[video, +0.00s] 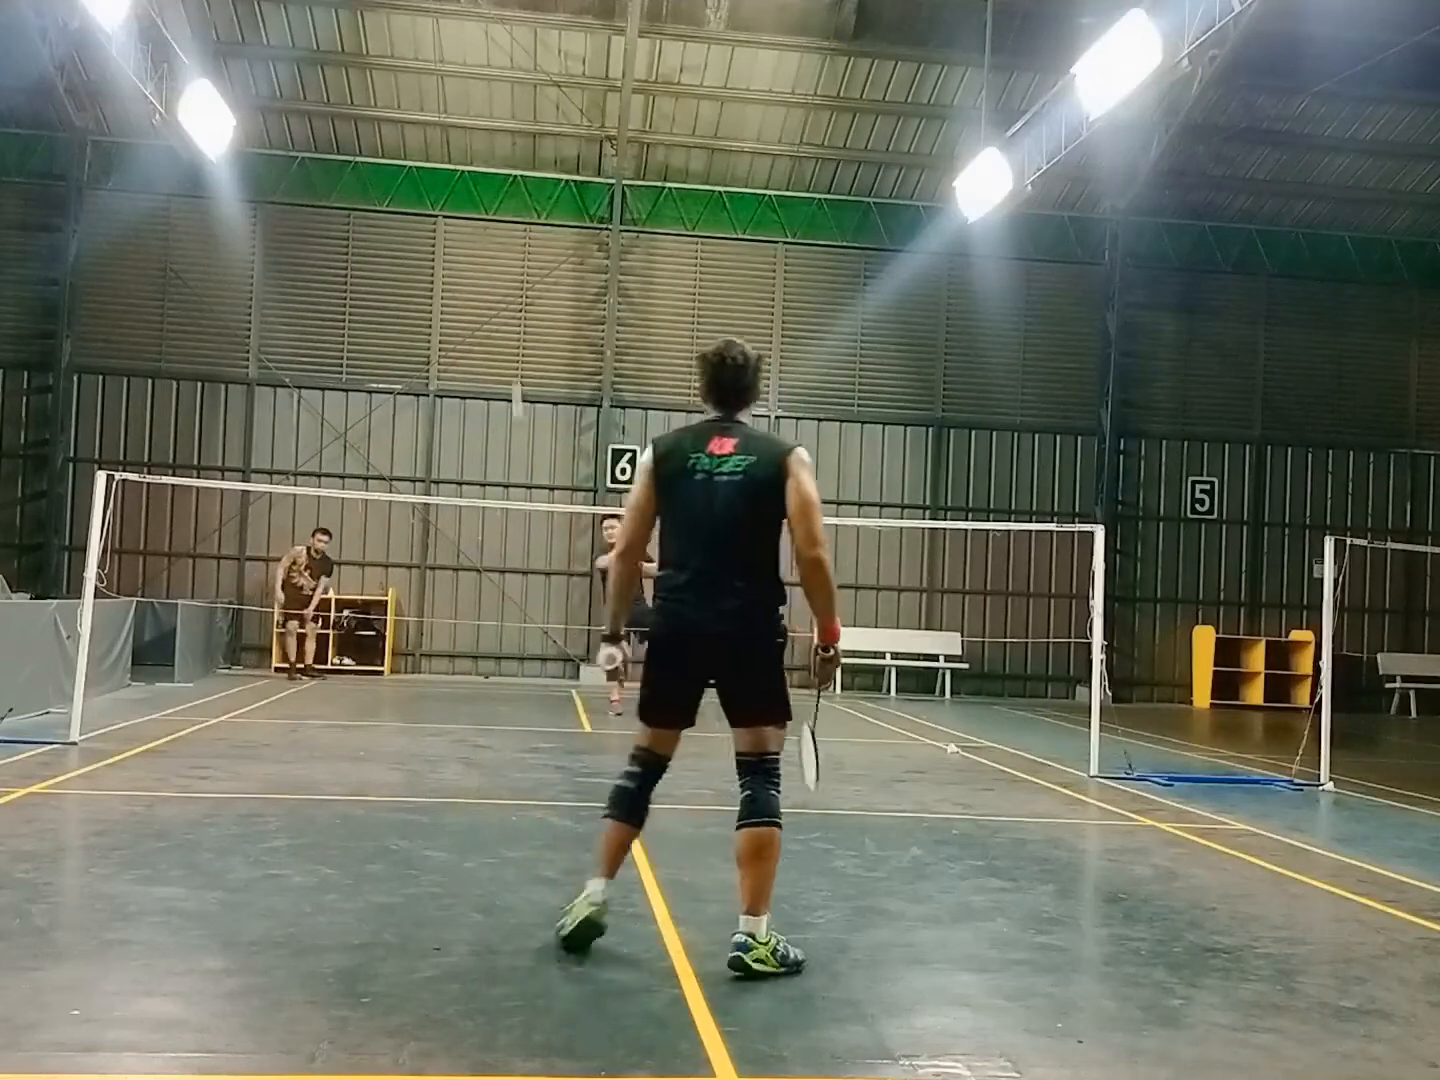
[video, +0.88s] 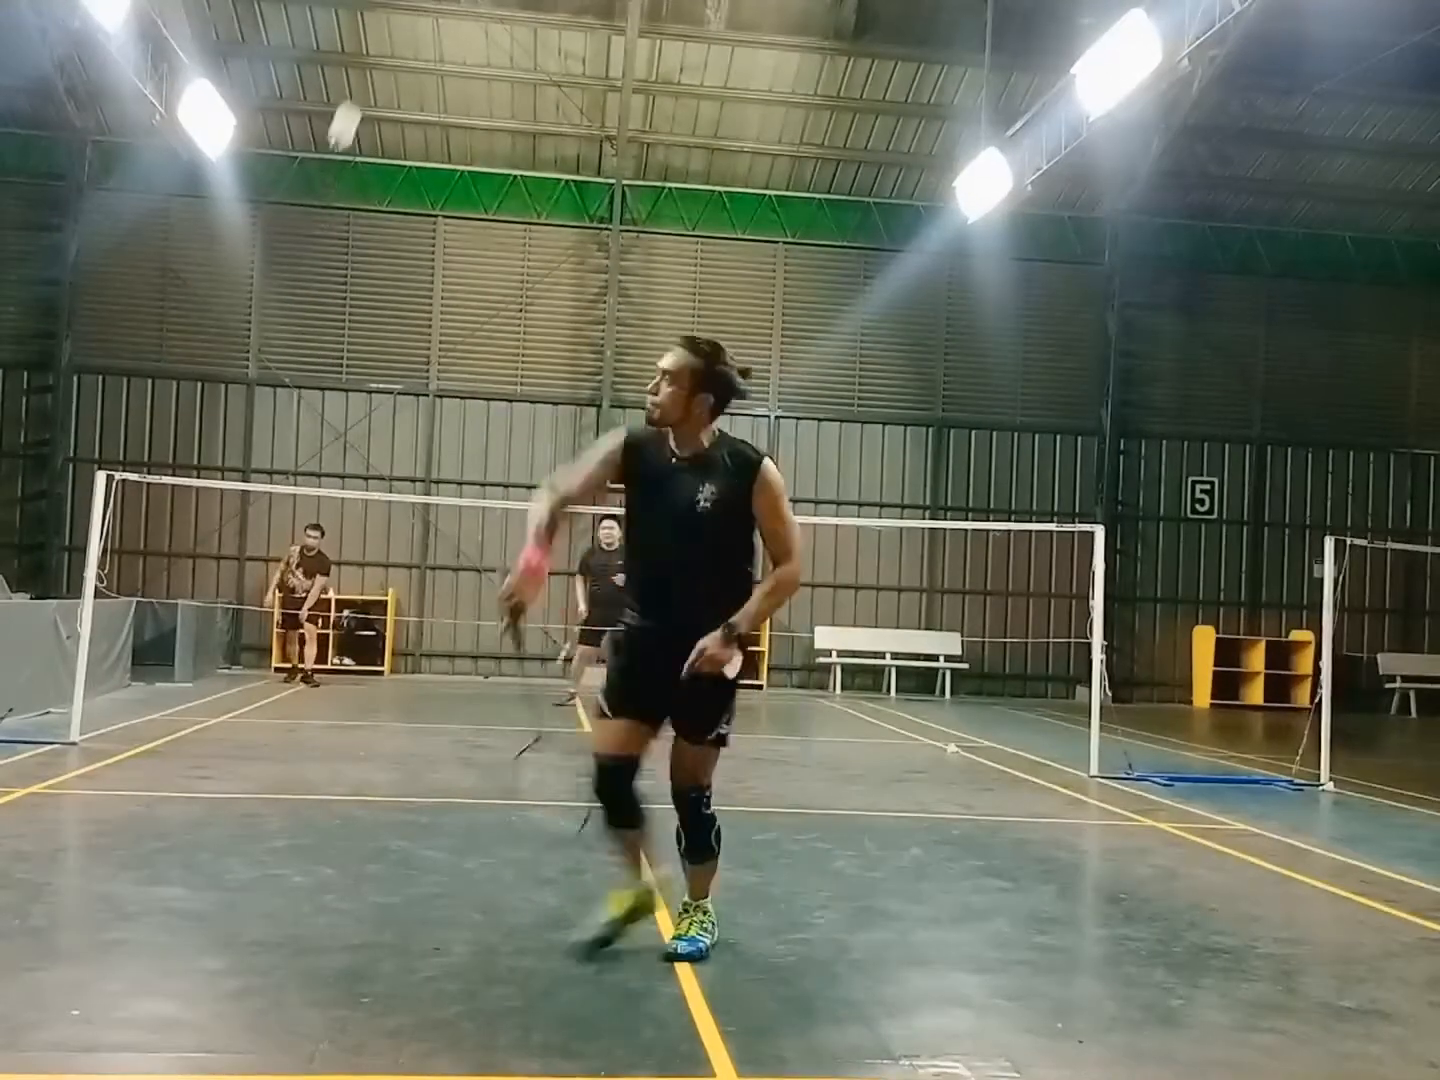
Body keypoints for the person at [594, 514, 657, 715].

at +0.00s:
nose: (609, 532)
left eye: (613, 528)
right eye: (605, 529)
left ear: (623, 530)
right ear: (602, 533)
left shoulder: (635, 552)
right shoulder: (602, 559)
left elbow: (654, 569)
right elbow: (602, 563)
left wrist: (631, 561)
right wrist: (623, 554)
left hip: (637, 604)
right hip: (615, 606)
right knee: (612, 648)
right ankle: (614, 693)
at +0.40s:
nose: (619, 531)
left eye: (623, 527)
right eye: (615, 528)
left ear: (631, 529)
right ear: (610, 531)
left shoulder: (639, 552)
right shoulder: (605, 552)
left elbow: (650, 572)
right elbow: (597, 574)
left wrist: (637, 566)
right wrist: (622, 566)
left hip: (639, 607)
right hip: (614, 608)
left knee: (640, 652)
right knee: (617, 652)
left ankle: (637, 691)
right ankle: (615, 697)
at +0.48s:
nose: (622, 532)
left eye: (627, 528)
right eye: (618, 528)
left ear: (635, 531)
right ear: (613, 532)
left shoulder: (644, 556)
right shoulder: (605, 555)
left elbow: (653, 582)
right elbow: (594, 581)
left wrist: (645, 577)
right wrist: (611, 588)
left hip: (638, 610)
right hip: (615, 609)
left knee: (636, 652)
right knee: (617, 652)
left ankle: (634, 692)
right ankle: (613, 696)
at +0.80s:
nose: (616, 531)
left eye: (620, 527)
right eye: (612, 527)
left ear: (627, 531)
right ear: (605, 530)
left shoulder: (635, 553)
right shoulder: (598, 554)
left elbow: (650, 578)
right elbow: (587, 578)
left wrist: (638, 581)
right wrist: (587, 600)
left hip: (626, 609)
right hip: (601, 609)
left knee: (629, 654)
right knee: (591, 652)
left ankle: (634, 693)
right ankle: (583, 692)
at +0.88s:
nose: (607, 533)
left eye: (611, 528)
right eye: (603, 529)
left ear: (619, 532)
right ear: (598, 533)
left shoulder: (627, 554)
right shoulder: (591, 554)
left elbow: (637, 581)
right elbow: (580, 577)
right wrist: (582, 604)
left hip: (621, 611)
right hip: (596, 611)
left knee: (620, 654)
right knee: (583, 652)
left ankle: (615, 695)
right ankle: (573, 688)